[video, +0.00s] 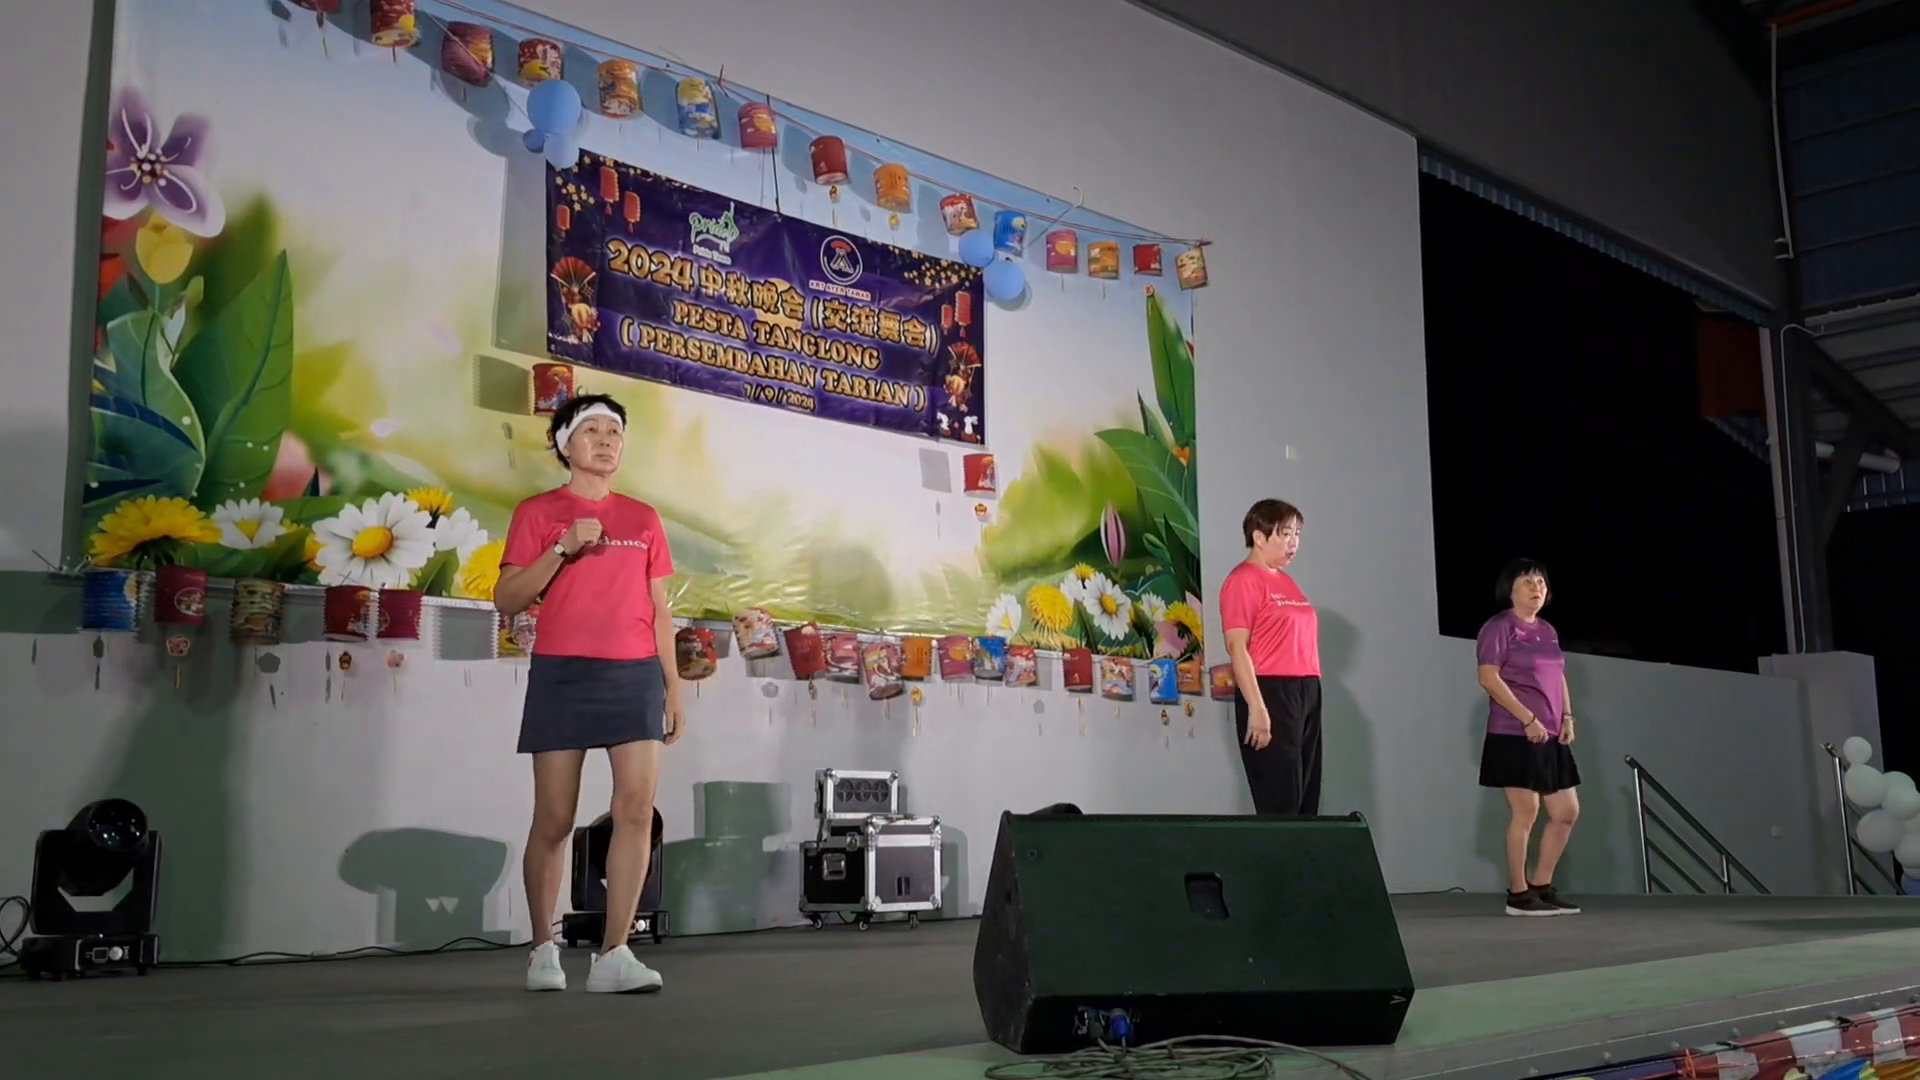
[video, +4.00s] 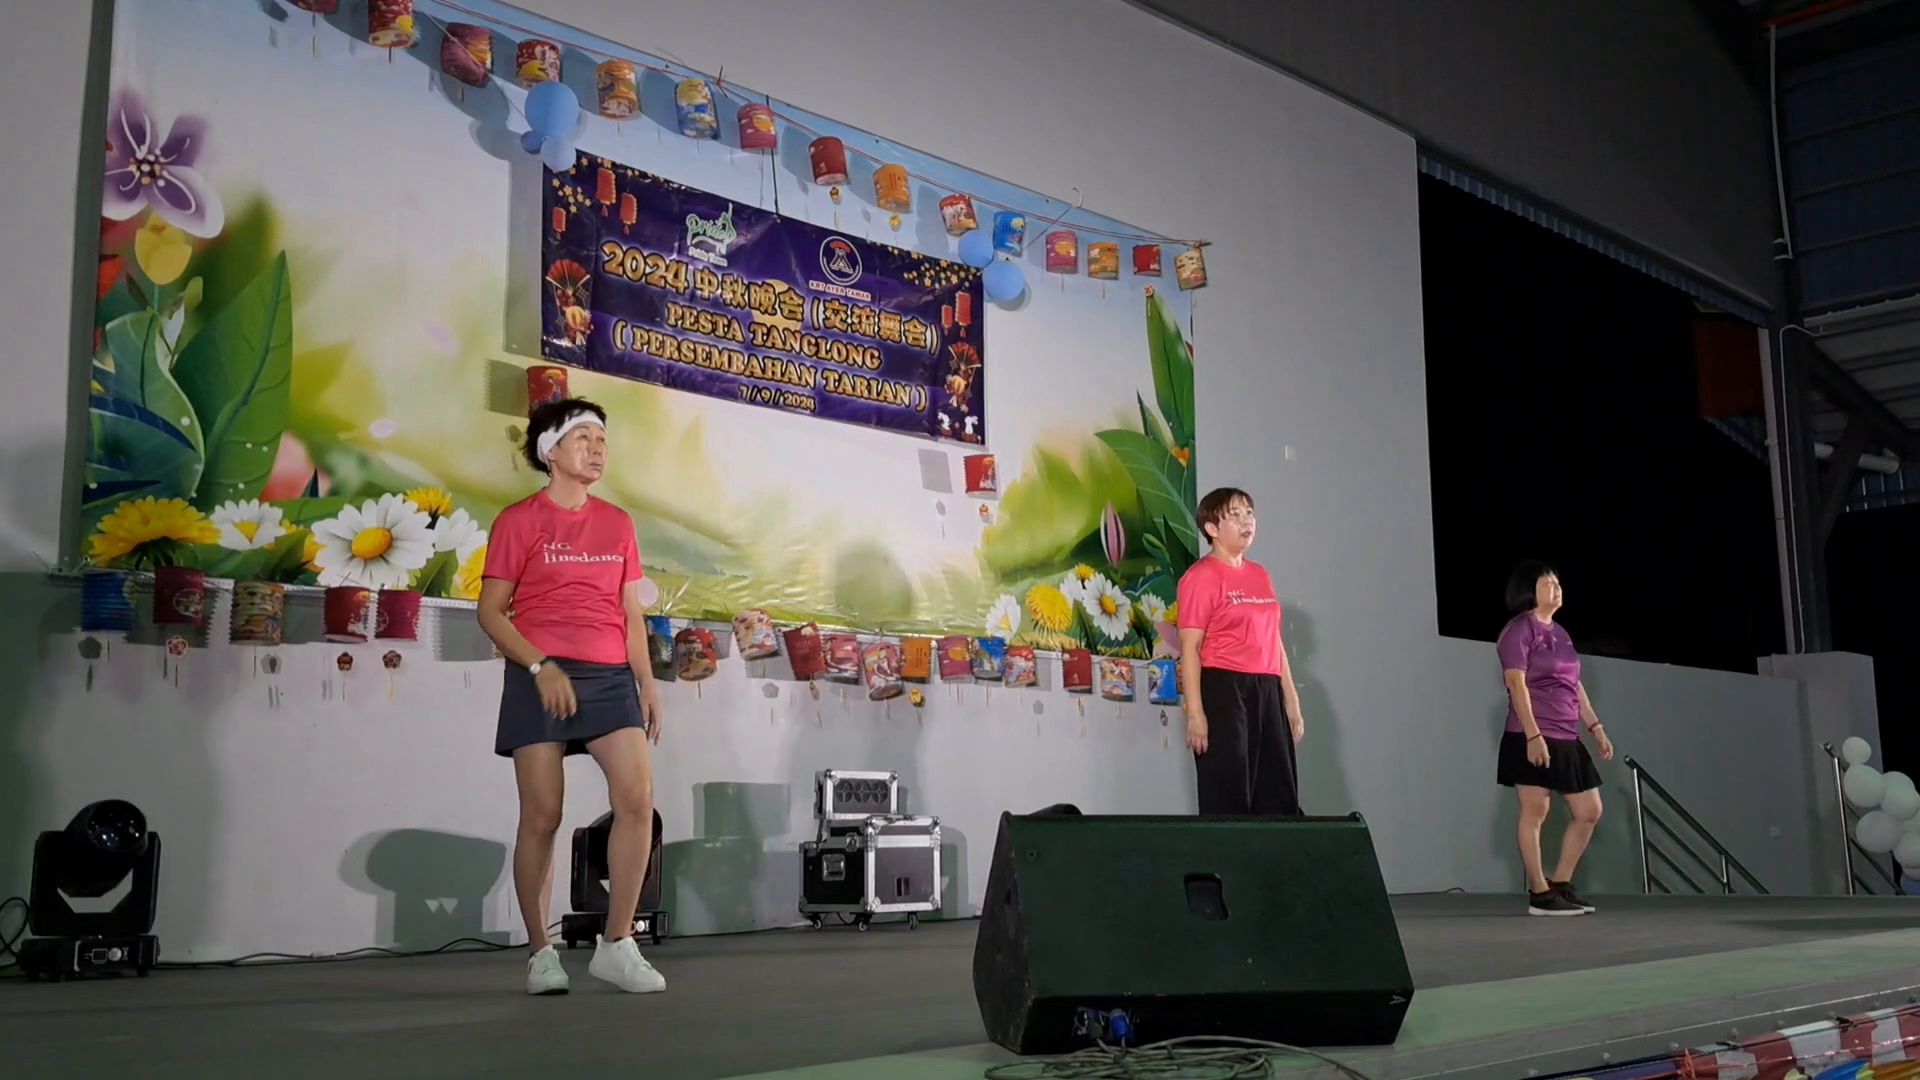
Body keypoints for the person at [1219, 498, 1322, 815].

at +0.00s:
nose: (1293, 542)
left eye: (1296, 534)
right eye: (1285, 533)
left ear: (1299, 538)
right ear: (1259, 538)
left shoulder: (1284, 580)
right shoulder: (1242, 580)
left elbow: (1291, 643)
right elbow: (1237, 648)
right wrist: (1257, 708)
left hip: (1306, 694)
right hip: (1271, 696)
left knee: (1306, 804)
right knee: (1281, 806)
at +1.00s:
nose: (1307, 546)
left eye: (1308, 538)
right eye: (1306, 537)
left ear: (1282, 538)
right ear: (1290, 538)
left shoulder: (1279, 577)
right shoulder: (1260, 575)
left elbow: (1277, 641)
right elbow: (1260, 641)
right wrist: (1293, 701)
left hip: (1304, 690)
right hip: (1276, 692)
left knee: (1304, 799)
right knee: (1282, 801)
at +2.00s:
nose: (1306, 535)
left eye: (1306, 527)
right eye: (1297, 527)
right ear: (1271, 533)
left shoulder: (1297, 582)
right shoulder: (1252, 578)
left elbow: (1312, 646)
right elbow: (1241, 645)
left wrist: (1339, 692)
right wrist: (1251, 708)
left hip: (1308, 697)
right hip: (1273, 695)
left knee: (1302, 801)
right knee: (1270, 802)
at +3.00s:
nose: (1274, 543)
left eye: (1275, 534)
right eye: (1272, 533)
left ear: (1234, 530)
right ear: (1255, 532)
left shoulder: (1221, 572)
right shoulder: (1243, 566)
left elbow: (1215, 656)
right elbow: (1251, 632)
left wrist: (1212, 715)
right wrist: (1284, 693)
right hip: (1254, 680)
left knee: (1278, 793)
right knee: (1253, 792)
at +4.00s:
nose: (1247, 522)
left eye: (1250, 514)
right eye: (1236, 515)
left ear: (1256, 521)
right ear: (1212, 528)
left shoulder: (1261, 576)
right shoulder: (1200, 577)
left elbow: (1275, 643)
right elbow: (1189, 648)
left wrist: (1291, 700)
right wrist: (1194, 713)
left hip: (1269, 693)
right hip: (1224, 691)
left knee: (1277, 794)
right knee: (1229, 796)